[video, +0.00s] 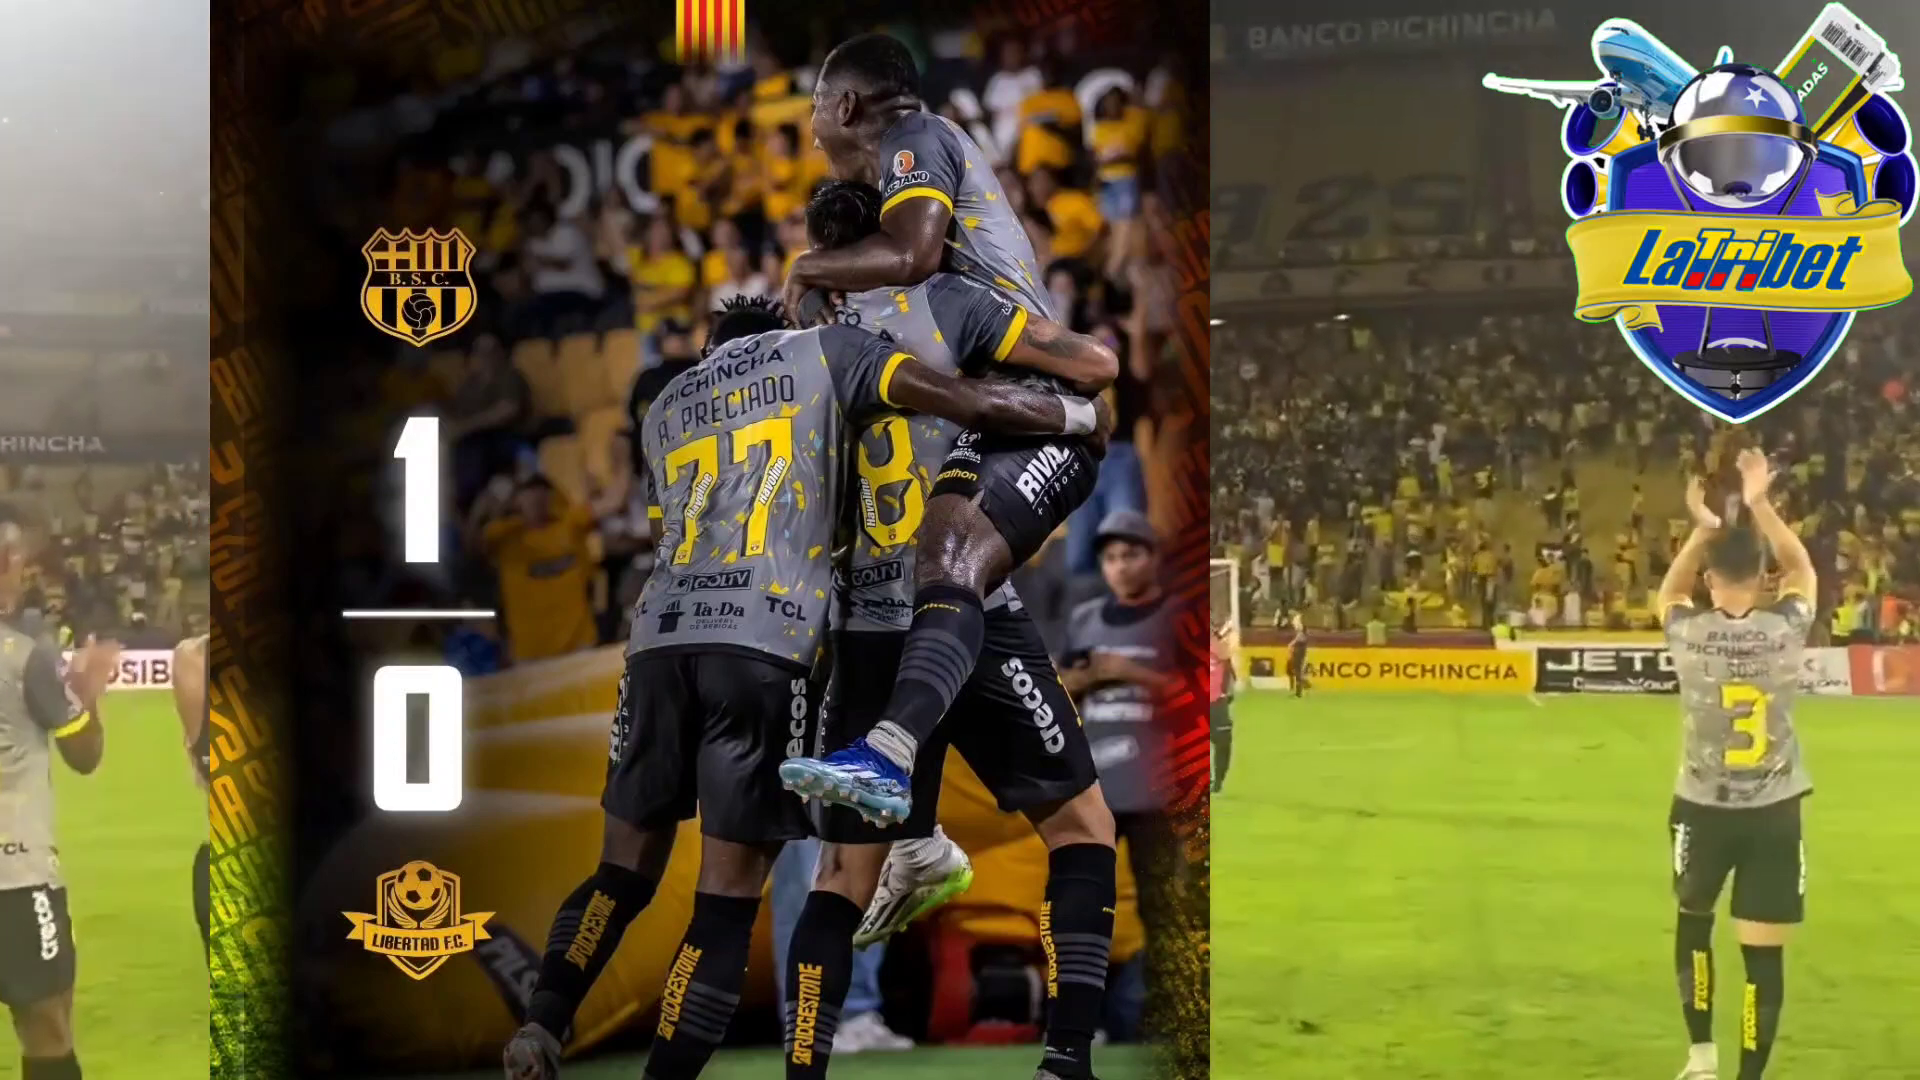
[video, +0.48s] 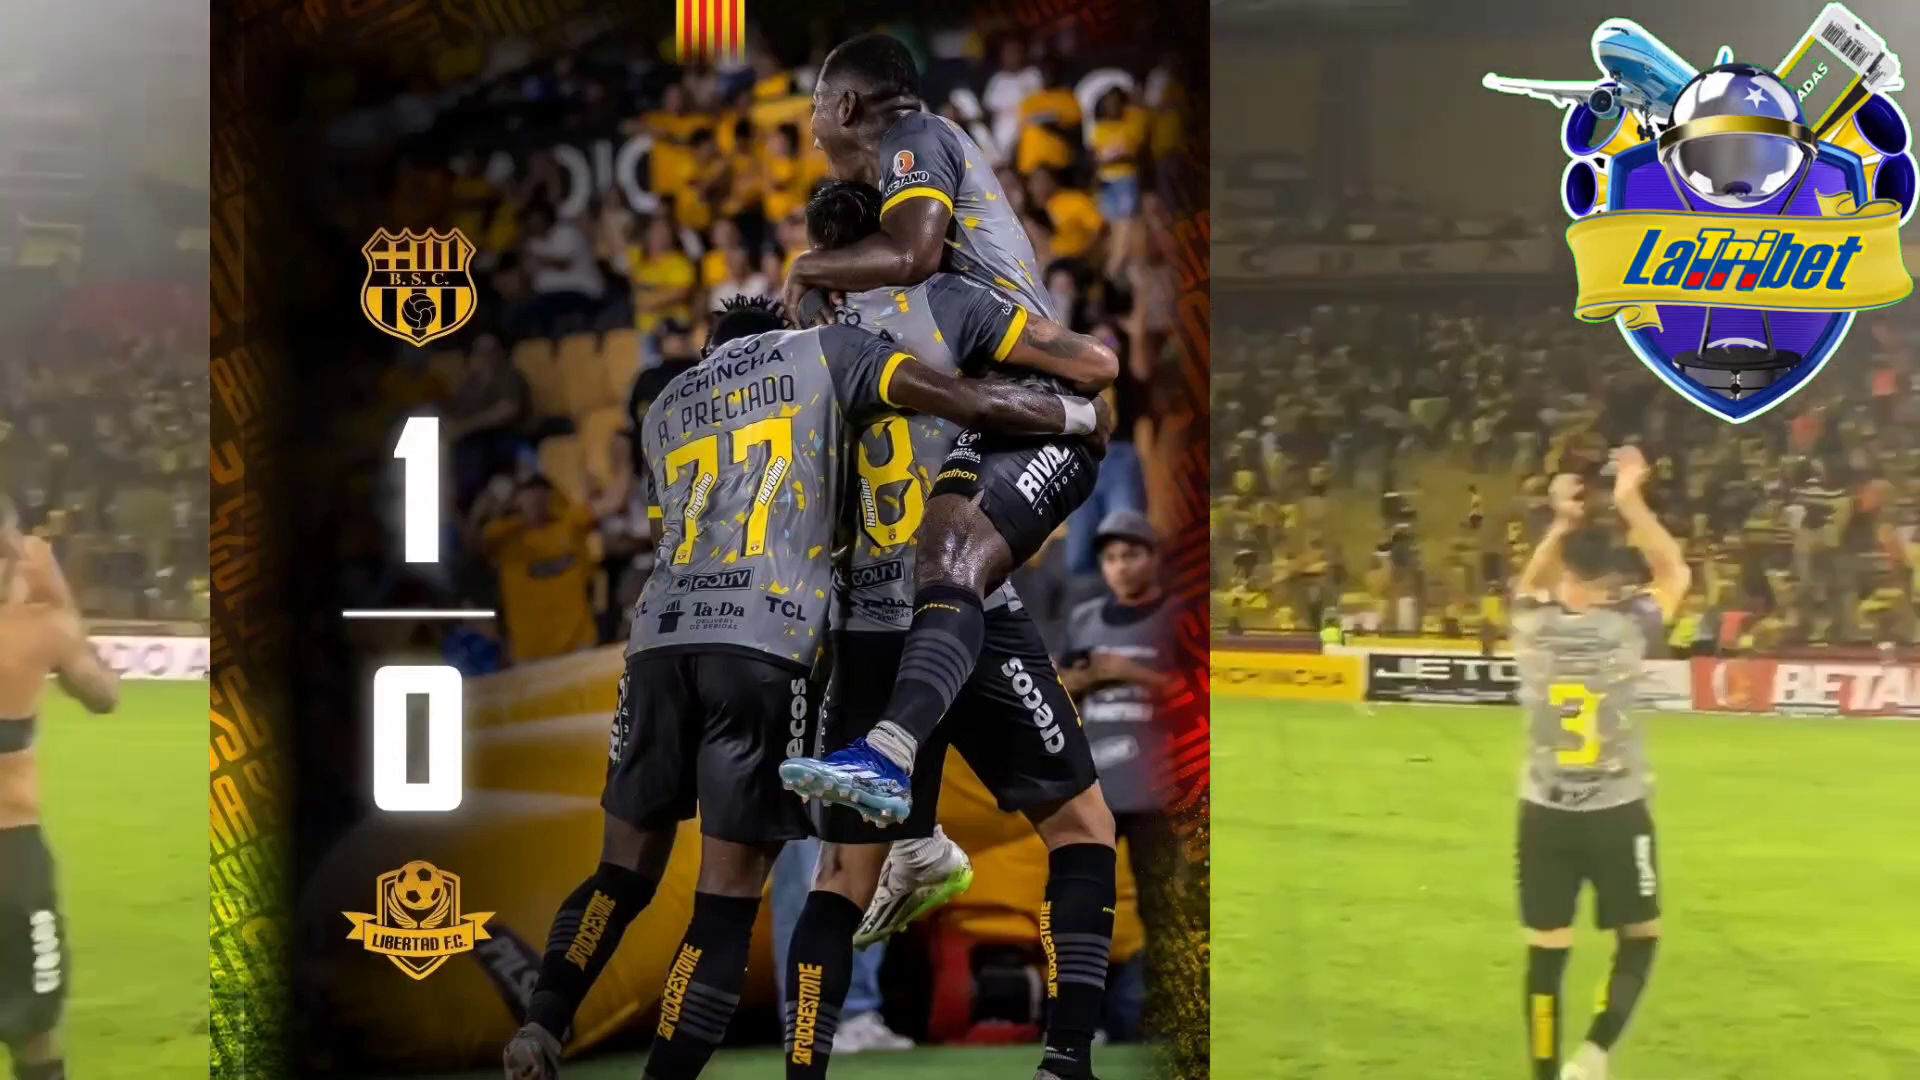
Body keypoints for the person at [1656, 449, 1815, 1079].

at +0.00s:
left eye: (1714, 570)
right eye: (1748, 569)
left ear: (1707, 582)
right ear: (1766, 579)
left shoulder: (1689, 634)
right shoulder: (1785, 629)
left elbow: (1676, 587)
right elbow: (1799, 566)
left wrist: (1703, 531)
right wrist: (1758, 503)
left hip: (1704, 811)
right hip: (1774, 811)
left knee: (1694, 924)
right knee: (1764, 946)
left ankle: (1701, 1054)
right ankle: (1752, 1073)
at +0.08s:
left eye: (1731, 573)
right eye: (1772, 573)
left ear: (1717, 577)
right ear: (1781, 578)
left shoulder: (1698, 630)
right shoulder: (1801, 629)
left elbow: (1688, 582)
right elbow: (1821, 569)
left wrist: (1734, 526)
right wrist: (1770, 514)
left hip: (1713, 815)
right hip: (1786, 818)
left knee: (1713, 929)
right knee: (1775, 951)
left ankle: (1714, 1065)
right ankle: (1767, 1074)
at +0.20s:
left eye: (1718, 565)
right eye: (1768, 565)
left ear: (1708, 574)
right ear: (1770, 575)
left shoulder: (1687, 632)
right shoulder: (1790, 630)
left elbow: (1676, 584)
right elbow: (1816, 567)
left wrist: (1708, 525)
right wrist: (1774, 499)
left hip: (1700, 818)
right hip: (1773, 820)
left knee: (1706, 939)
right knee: (1762, 959)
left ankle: (1711, 1070)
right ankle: (1753, 1073)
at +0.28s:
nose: (1741, 571)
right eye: (1736, 563)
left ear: (1675, 567)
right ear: (1733, 571)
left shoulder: (1648, 626)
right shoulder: (1750, 626)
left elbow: (1658, 575)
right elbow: (1780, 563)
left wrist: (1689, 521)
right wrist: (1731, 498)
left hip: (1663, 811)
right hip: (1734, 814)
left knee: (1671, 933)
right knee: (1730, 951)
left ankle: (1674, 1068)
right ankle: (1712, 1072)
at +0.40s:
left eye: (1631, 559)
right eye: (1684, 563)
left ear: (1626, 565)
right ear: (1682, 569)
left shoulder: (1598, 623)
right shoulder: (1703, 623)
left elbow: (1604, 568)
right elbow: (1739, 565)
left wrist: (1658, 503)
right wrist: (1692, 504)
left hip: (1613, 809)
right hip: (1684, 813)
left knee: (1620, 934)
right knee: (1696, 947)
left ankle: (1621, 1068)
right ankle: (1661, 1045)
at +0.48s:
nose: (1622, 588)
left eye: (1574, 573)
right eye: (1615, 577)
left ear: (1564, 576)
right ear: (1613, 580)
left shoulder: (1531, 627)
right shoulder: (1630, 630)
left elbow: (1531, 583)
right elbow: (1673, 570)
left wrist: (1559, 527)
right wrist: (1630, 501)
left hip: (1544, 810)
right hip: (1618, 812)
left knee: (1545, 947)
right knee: (1639, 938)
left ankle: (1541, 1069)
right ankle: (1595, 1052)